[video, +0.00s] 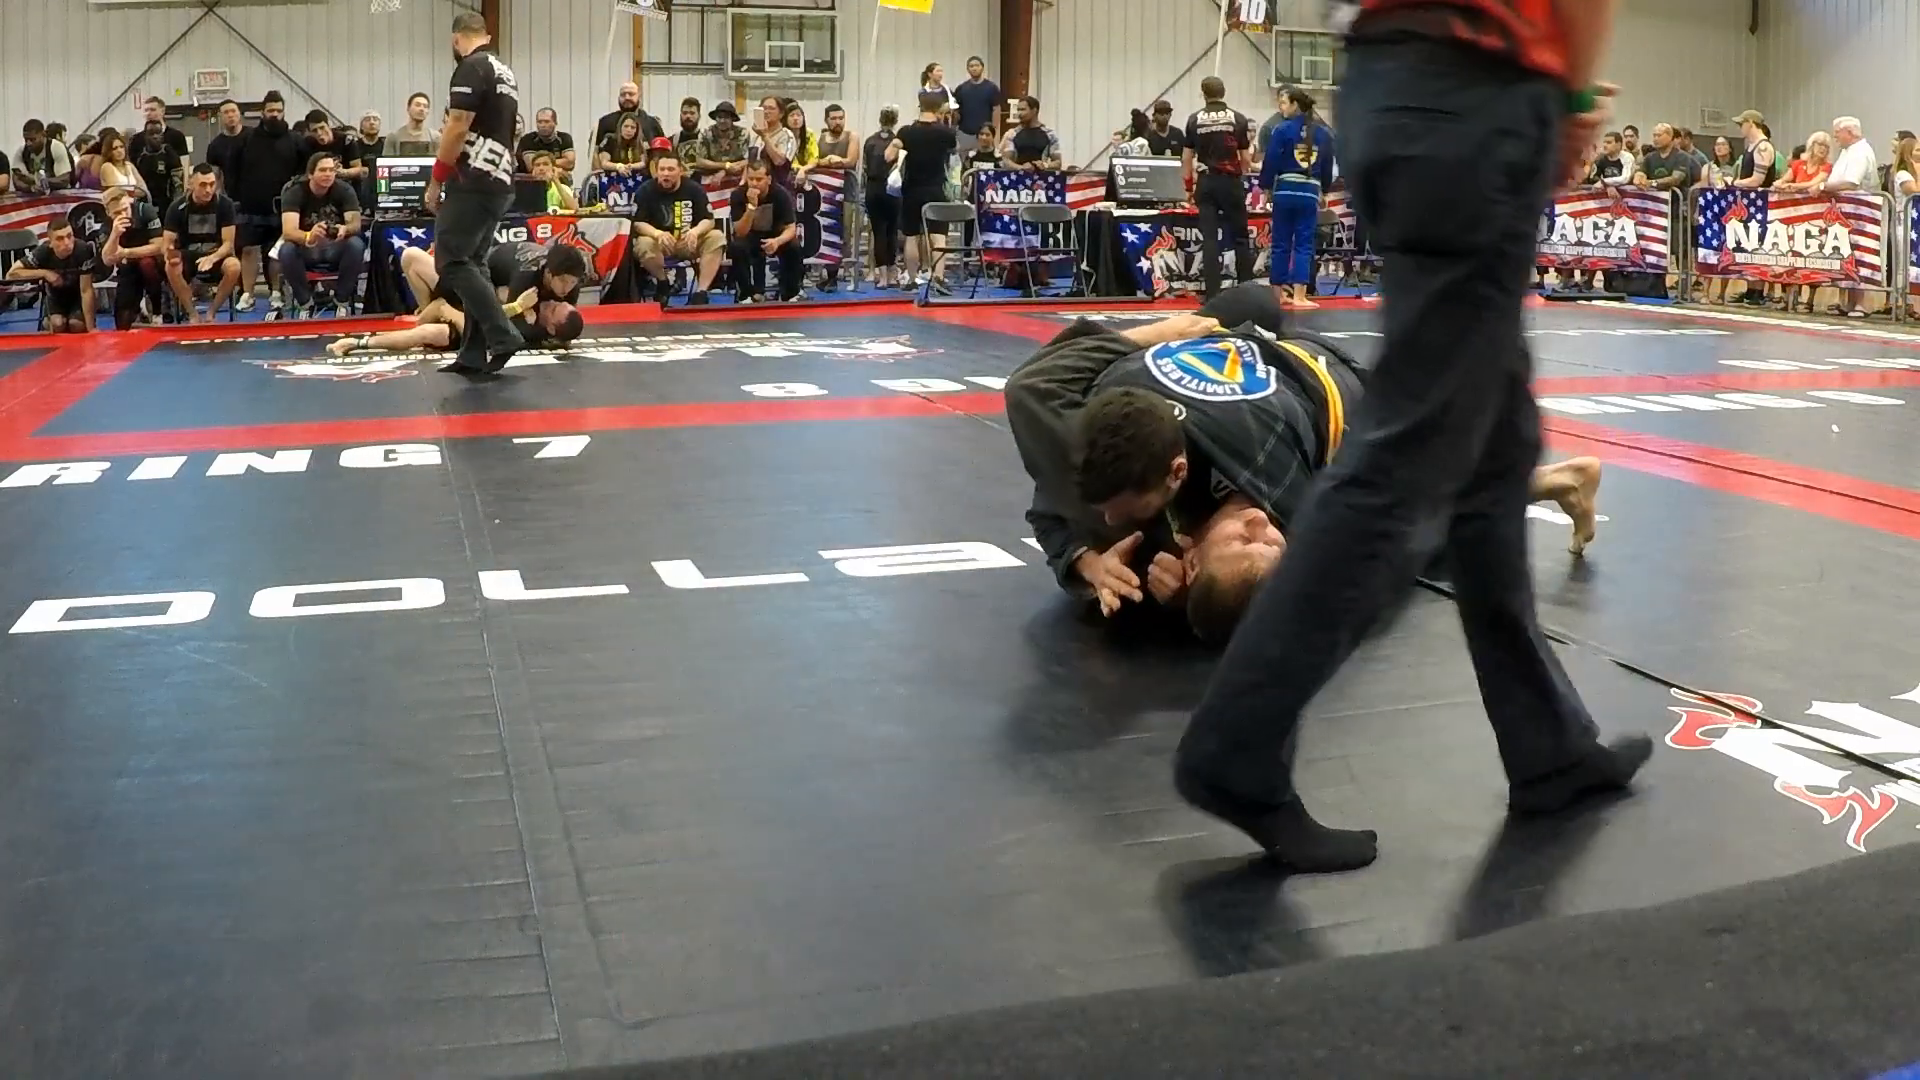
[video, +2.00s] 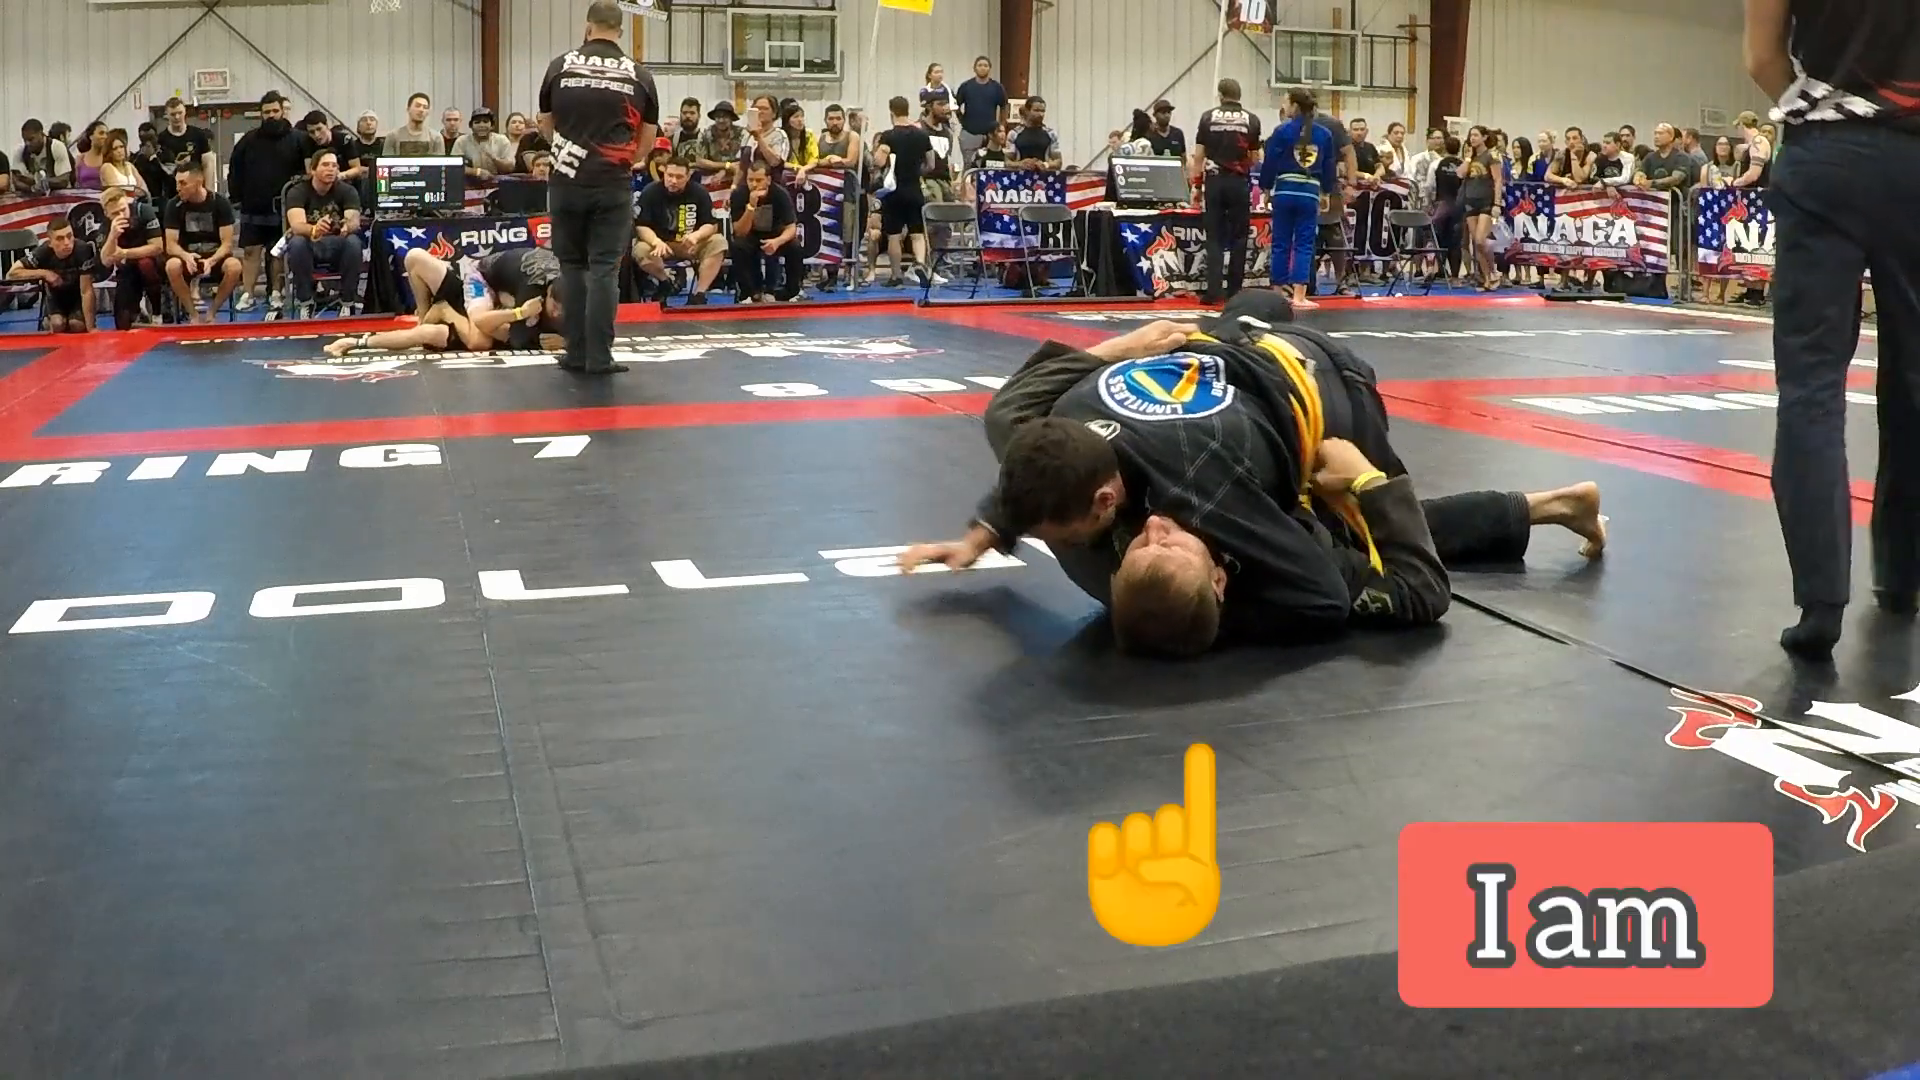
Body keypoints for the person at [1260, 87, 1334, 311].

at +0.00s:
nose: (1282, 108)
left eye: (1285, 104)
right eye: (1282, 103)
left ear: (1296, 106)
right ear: (1307, 107)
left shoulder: (1282, 129)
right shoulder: (1322, 132)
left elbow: (1271, 159)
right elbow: (1327, 164)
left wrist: (1265, 185)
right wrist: (1324, 190)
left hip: (1284, 189)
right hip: (1310, 191)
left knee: (1280, 241)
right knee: (1305, 242)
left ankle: (1278, 292)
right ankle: (1300, 295)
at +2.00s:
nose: (1284, 107)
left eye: (1286, 103)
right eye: (1285, 103)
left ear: (1295, 106)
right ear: (1309, 107)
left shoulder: (1282, 130)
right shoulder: (1324, 134)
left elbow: (1270, 161)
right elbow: (1329, 167)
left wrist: (1265, 186)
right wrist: (1326, 191)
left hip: (1284, 191)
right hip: (1310, 194)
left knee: (1280, 242)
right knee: (1305, 244)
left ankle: (1278, 292)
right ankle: (1299, 296)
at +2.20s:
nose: (1283, 106)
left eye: (1286, 103)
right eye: (1284, 102)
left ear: (1295, 106)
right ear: (1307, 107)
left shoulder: (1283, 131)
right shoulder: (1323, 135)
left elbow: (1271, 161)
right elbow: (1327, 167)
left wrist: (1267, 186)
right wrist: (1323, 190)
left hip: (1285, 189)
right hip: (1310, 192)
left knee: (1281, 242)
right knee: (1305, 243)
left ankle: (1279, 292)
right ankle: (1299, 295)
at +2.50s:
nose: (1283, 108)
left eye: (1286, 104)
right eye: (1284, 104)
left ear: (1295, 106)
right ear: (1306, 107)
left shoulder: (1283, 131)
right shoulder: (1322, 134)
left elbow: (1272, 161)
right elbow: (1326, 166)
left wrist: (1266, 186)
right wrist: (1322, 191)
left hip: (1284, 190)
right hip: (1310, 193)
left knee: (1281, 242)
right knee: (1305, 243)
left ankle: (1278, 292)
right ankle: (1299, 295)